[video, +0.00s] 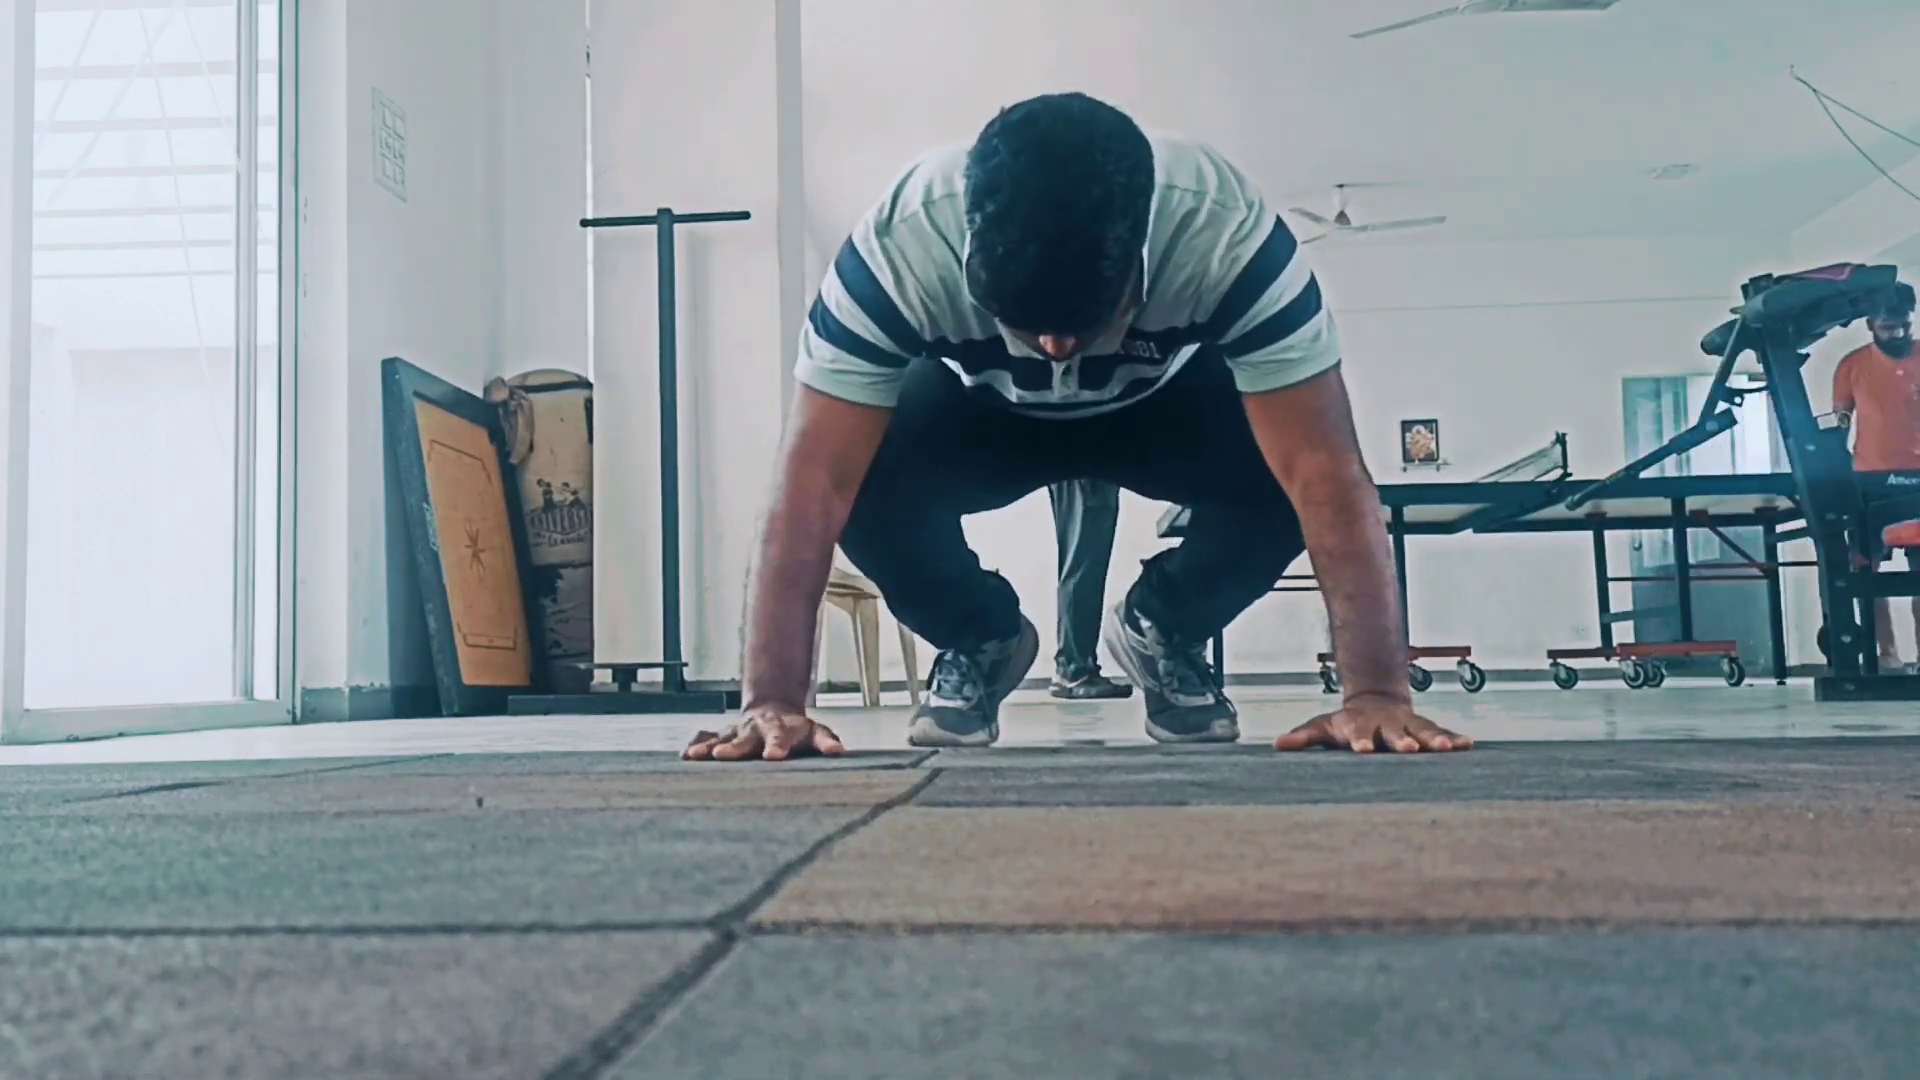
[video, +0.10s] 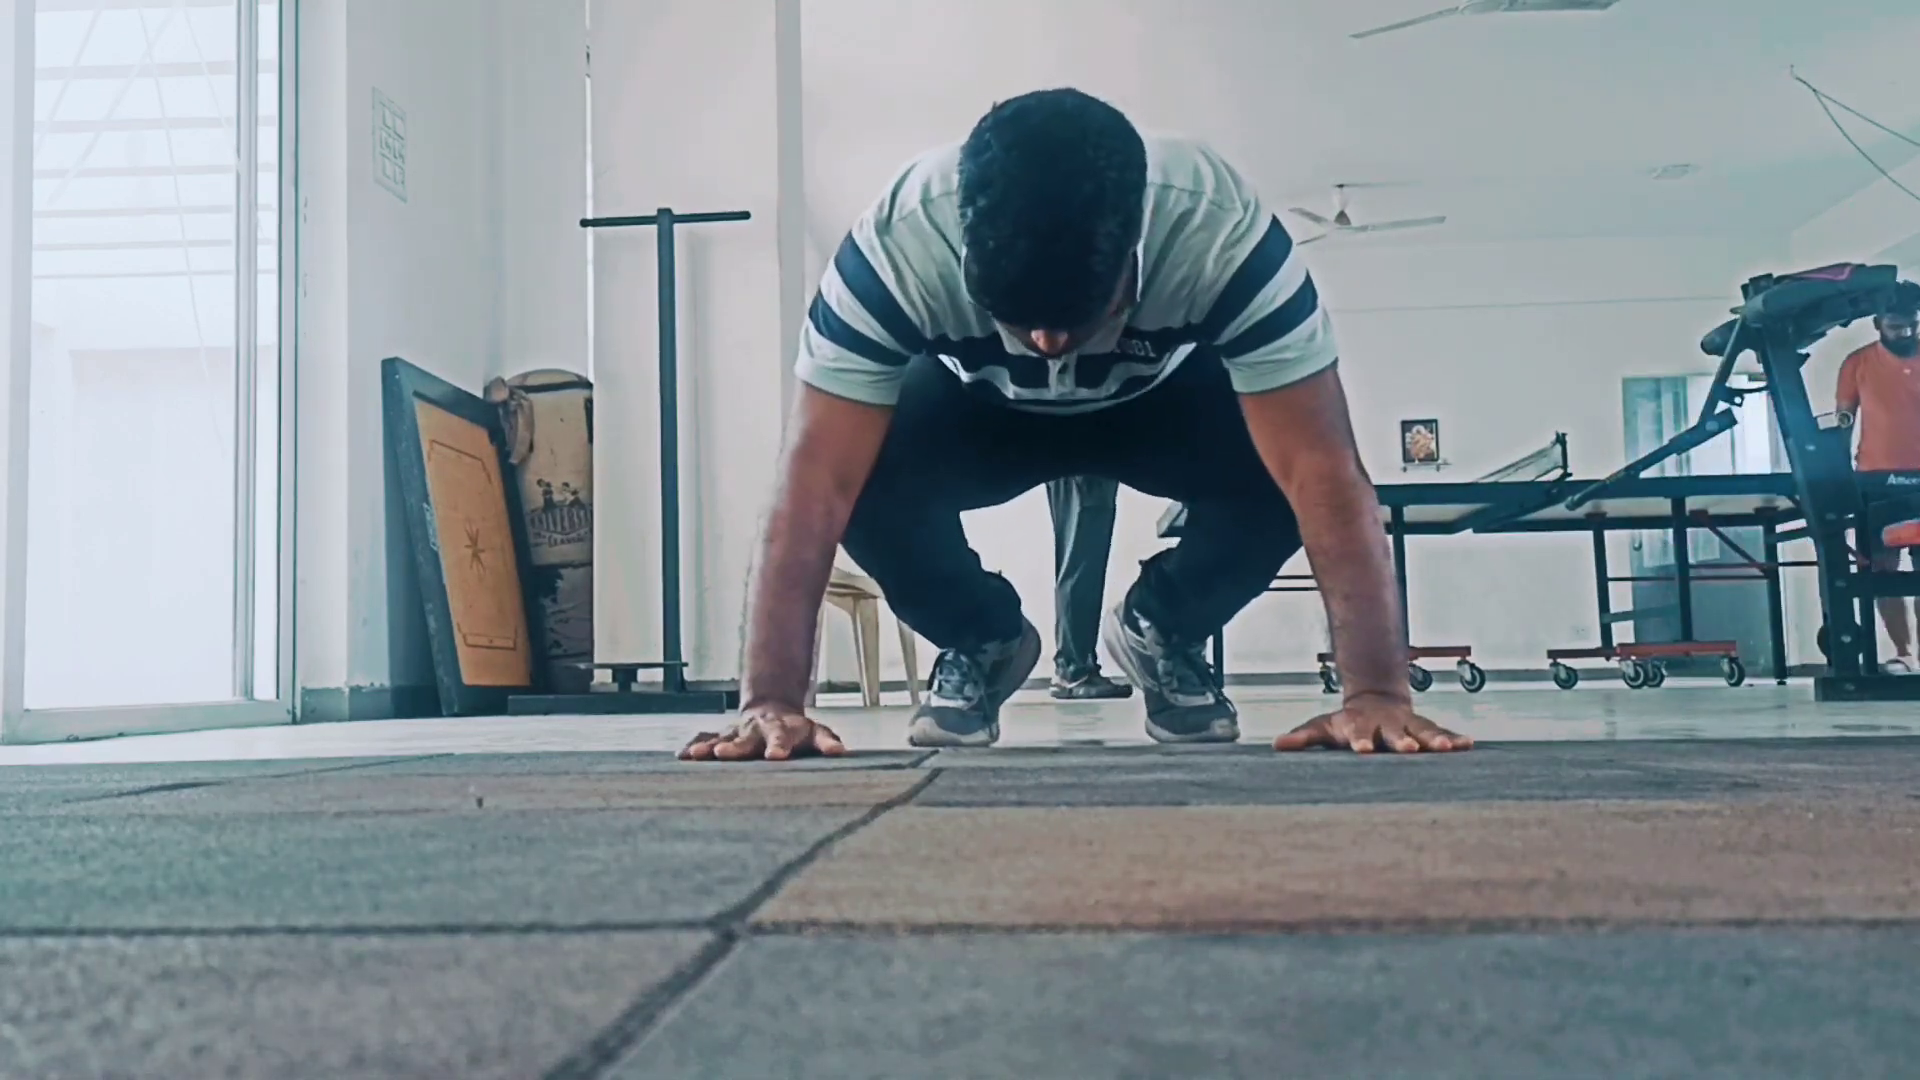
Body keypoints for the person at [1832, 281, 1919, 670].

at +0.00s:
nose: (1895, 335)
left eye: (1901, 326)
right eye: (1885, 327)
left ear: (1912, 322)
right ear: (1871, 325)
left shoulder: (1918, 357)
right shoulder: (1853, 365)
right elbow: (1838, 424)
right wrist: (1834, 467)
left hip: (1915, 477)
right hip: (1870, 481)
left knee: (1918, 570)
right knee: (1869, 572)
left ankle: (1916, 653)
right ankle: (1887, 652)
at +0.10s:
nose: (1903, 333)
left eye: (1909, 326)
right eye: (1895, 326)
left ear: (1918, 324)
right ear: (1878, 325)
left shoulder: (1919, 360)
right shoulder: (1858, 364)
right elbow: (1843, 421)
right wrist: (1839, 470)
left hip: (1917, 478)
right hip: (1877, 480)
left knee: (1918, 569)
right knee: (1883, 570)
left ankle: (1915, 653)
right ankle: (1902, 652)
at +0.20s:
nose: (1905, 329)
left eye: (1911, 321)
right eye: (1897, 322)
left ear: (1919, 321)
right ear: (1881, 321)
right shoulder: (1860, 364)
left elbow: (1843, 428)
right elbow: (1843, 427)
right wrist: (1840, 480)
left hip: (1916, 478)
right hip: (1882, 481)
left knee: (1906, 572)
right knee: (1900, 573)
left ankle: (1915, 653)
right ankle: (1914, 654)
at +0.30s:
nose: (1906, 326)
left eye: (1912, 318)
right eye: (1898, 318)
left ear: (1919, 318)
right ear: (1881, 318)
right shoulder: (1861, 362)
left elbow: (1845, 425)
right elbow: (1845, 424)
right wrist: (1842, 479)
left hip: (1911, 476)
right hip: (1886, 477)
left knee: (1906, 569)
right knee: (1902, 568)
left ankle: (1915, 655)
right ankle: (1914, 655)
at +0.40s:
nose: (1908, 321)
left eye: (1914, 313)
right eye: (1900, 313)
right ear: (1883, 313)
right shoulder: (1863, 358)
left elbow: (1846, 425)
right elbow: (1847, 425)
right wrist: (1846, 481)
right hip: (1889, 476)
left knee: (1907, 570)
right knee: (1904, 571)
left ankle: (1916, 655)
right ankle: (1915, 656)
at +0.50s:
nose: (1911, 311)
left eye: (1916, 305)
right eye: (1905, 304)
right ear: (1891, 303)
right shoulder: (1866, 352)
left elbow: (1850, 421)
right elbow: (1850, 421)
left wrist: (1857, 479)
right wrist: (1856, 480)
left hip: (1908, 470)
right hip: (1892, 472)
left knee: (1907, 570)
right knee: (1905, 572)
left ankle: (1914, 656)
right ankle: (1915, 656)